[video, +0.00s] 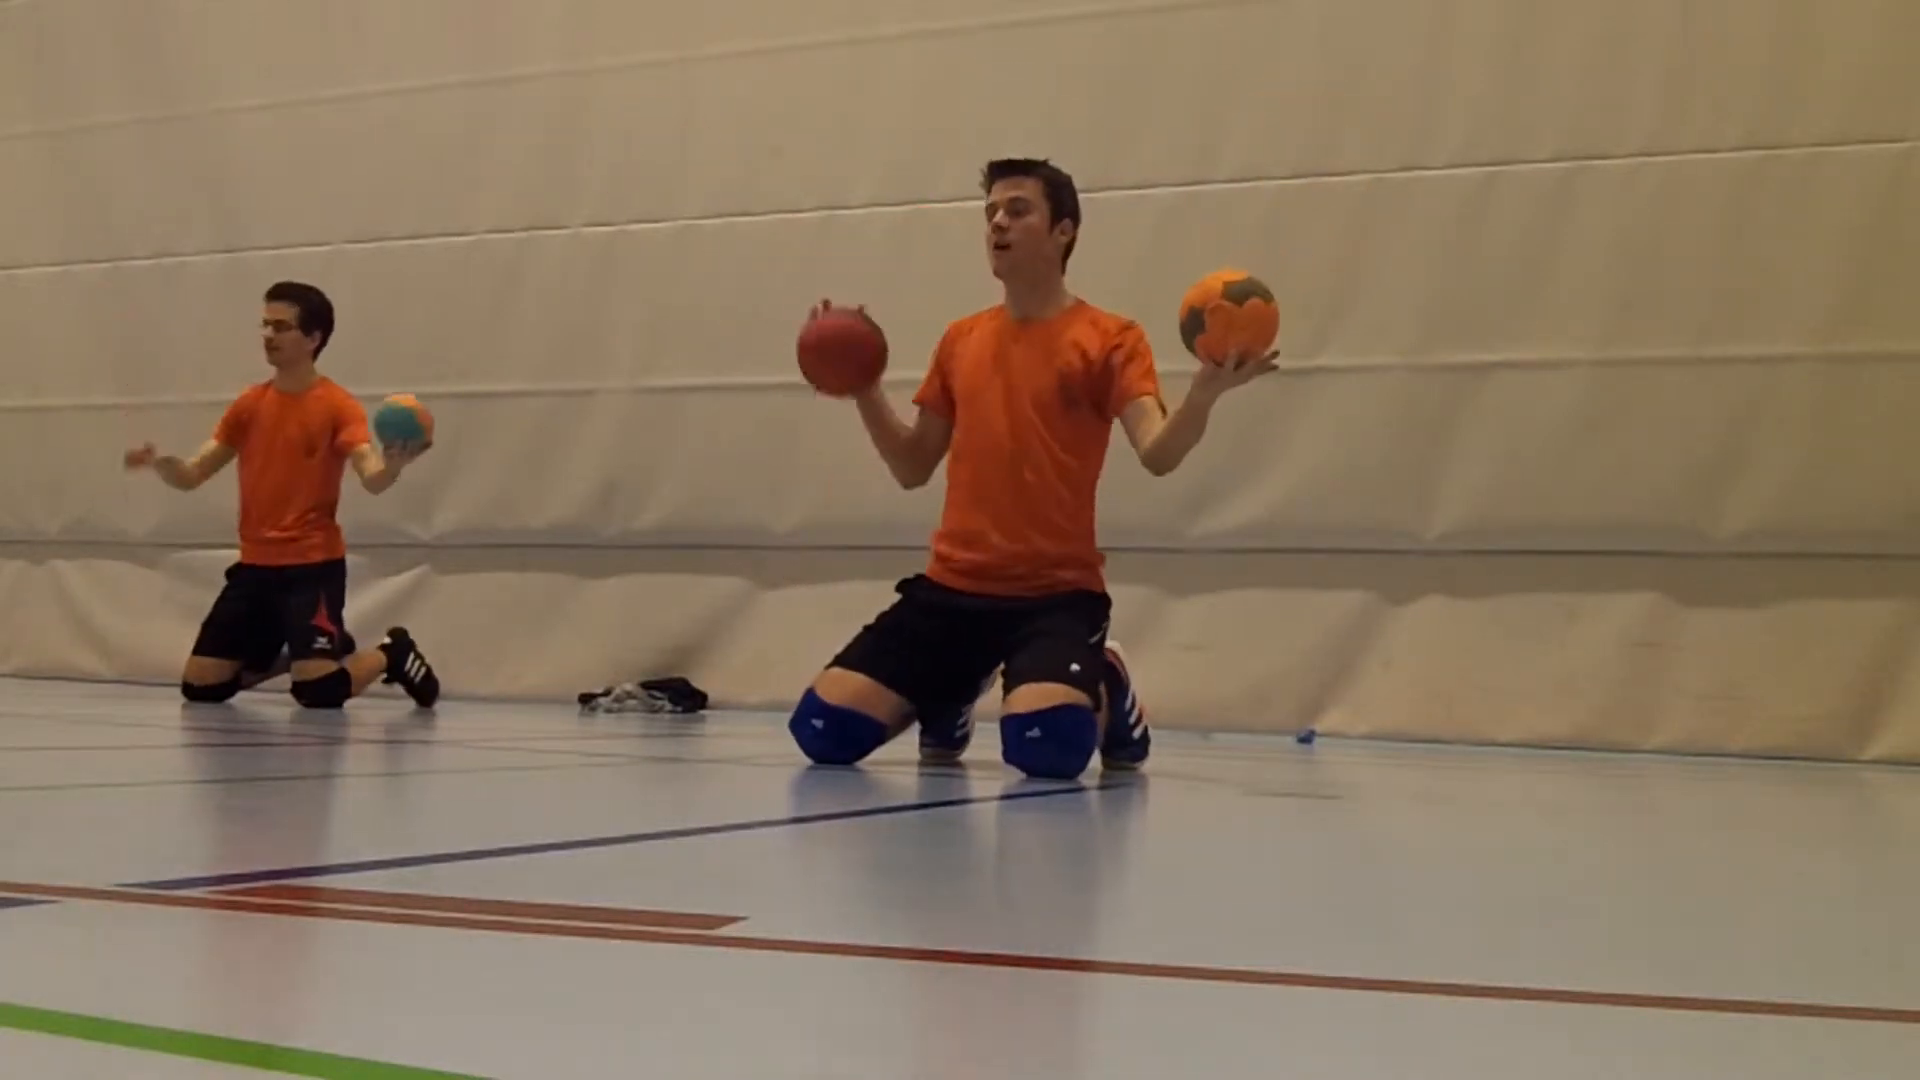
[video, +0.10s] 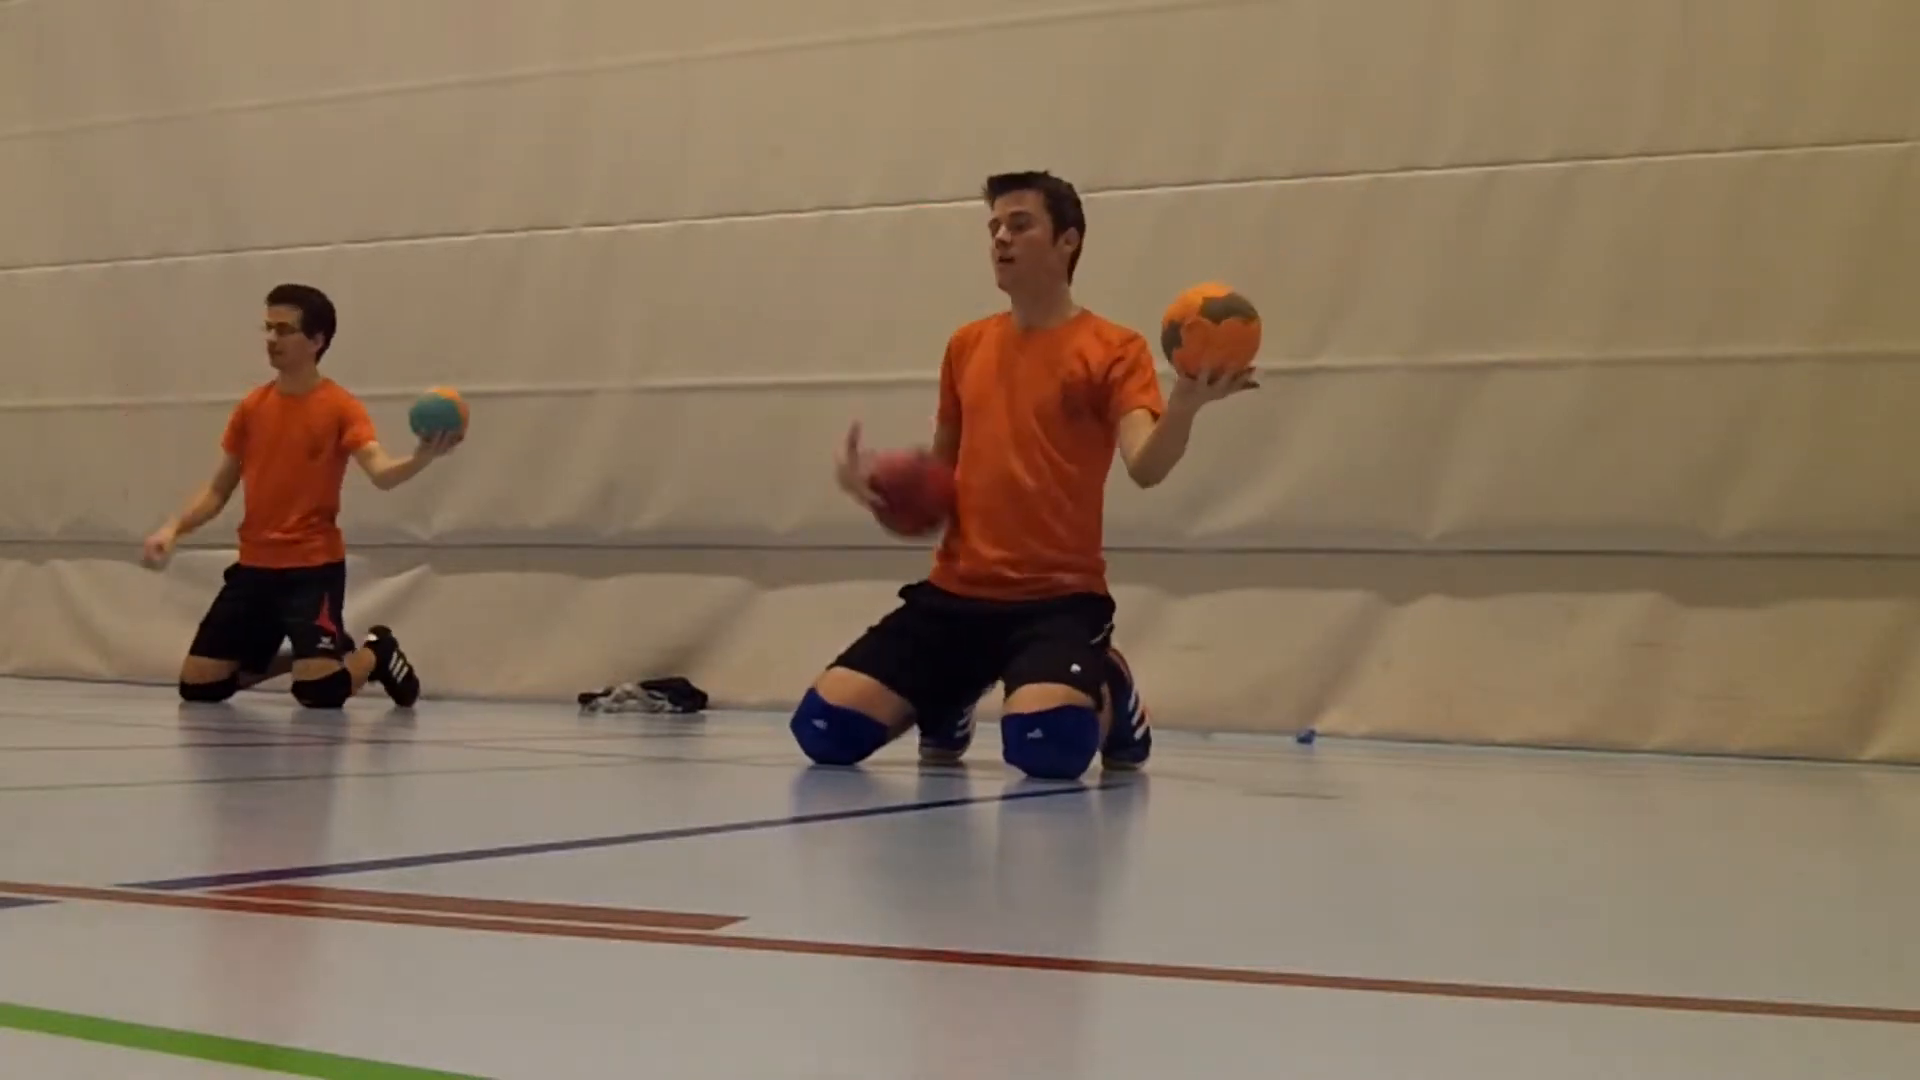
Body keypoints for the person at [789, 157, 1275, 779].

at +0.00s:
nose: (998, 223)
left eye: (1018, 209)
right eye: (992, 213)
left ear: (1063, 233)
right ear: (984, 232)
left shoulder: (1109, 339)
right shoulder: (962, 340)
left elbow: (1159, 453)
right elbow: (912, 464)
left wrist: (1204, 391)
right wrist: (860, 379)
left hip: (1058, 596)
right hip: (952, 590)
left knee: (1044, 751)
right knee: (821, 736)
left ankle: (1108, 683)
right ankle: (947, 683)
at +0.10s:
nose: (1000, 238)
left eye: (1020, 224)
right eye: (994, 228)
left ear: (1068, 243)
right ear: (988, 245)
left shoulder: (1112, 349)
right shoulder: (968, 346)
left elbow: (1147, 466)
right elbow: (941, 474)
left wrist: (1184, 405)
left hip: (1059, 602)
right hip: (956, 597)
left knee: (1044, 749)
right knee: (822, 734)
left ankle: (1107, 684)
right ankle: (945, 686)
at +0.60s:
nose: (978, 245)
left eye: (997, 230)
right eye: (970, 234)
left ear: (1043, 246)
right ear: (964, 253)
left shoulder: (1102, 342)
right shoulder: (970, 363)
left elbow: (1148, 454)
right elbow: (939, 495)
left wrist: (1170, 362)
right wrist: (886, 399)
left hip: (1059, 608)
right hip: (953, 603)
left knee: (1052, 750)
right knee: (810, 734)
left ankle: (1110, 688)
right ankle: (936, 688)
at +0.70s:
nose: (990, 234)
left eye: (1010, 221)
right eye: (982, 222)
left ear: (1052, 243)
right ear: (972, 240)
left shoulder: (1101, 342)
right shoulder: (950, 352)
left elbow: (1145, 439)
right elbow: (841, 428)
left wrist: (1169, 337)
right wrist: (868, 304)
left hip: (1060, 608)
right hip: (950, 603)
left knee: (1053, 749)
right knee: (802, 734)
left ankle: (1110, 690)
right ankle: (938, 689)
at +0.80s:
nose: (1003, 220)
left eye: (1024, 209)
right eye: (994, 207)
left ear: (1061, 233)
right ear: (980, 224)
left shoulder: (1095, 338)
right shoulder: (941, 325)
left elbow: (1145, 421)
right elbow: (818, 324)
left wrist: (1177, 320)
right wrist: (825, 180)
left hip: (1055, 601)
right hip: (945, 596)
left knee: (1053, 751)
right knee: (801, 734)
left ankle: (1103, 687)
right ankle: (939, 685)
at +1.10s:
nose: (1000, 181)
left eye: (1021, 168)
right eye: (990, 170)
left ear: (1059, 198)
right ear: (975, 194)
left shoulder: (1093, 309)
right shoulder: (937, 290)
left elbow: (1167, 388)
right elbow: (815, 353)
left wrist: (1217, 290)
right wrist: (861, 271)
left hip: (1045, 573)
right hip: (933, 565)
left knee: (1047, 755)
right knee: (800, 739)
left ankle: (1095, 680)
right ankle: (931, 674)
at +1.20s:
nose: (990, 190)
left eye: (1012, 177)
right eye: (981, 179)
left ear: (1053, 205)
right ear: (970, 202)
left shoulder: (1094, 316)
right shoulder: (937, 308)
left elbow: (1174, 401)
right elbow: (832, 418)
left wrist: (1226, 310)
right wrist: (836, 357)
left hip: (1050, 582)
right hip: (938, 575)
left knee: (1051, 755)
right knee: (800, 739)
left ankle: (1100, 679)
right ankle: (939, 677)